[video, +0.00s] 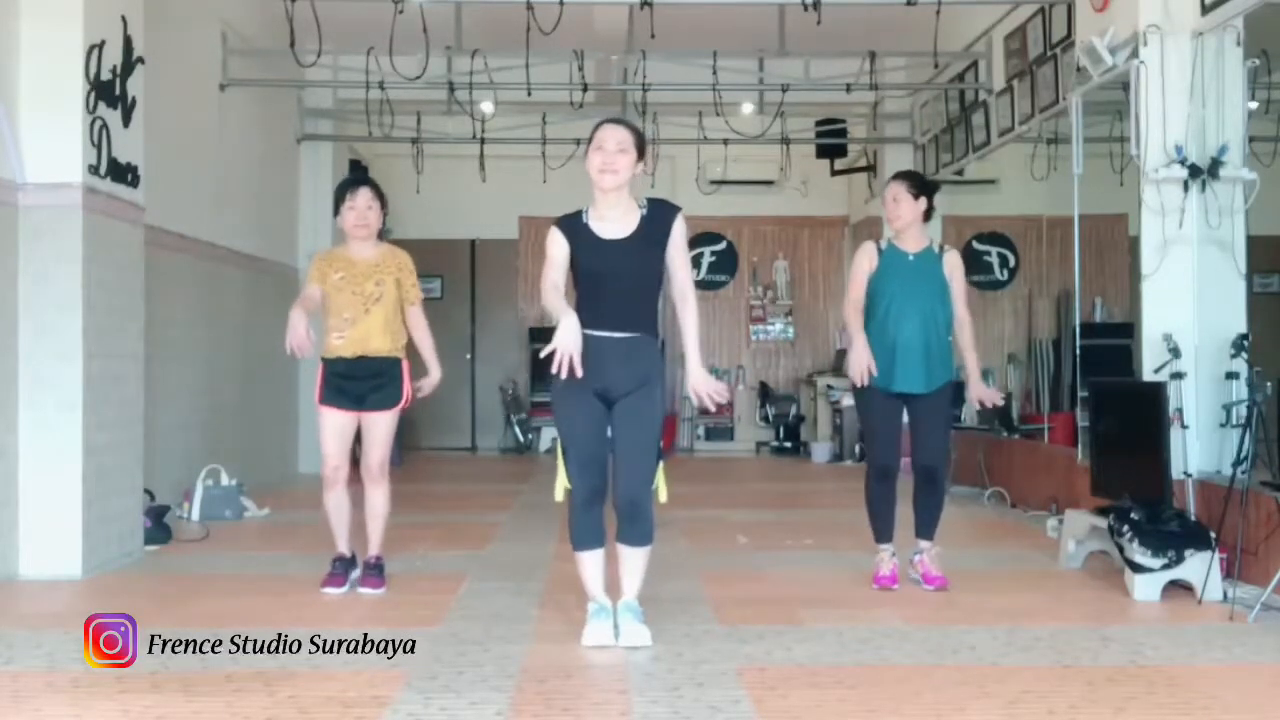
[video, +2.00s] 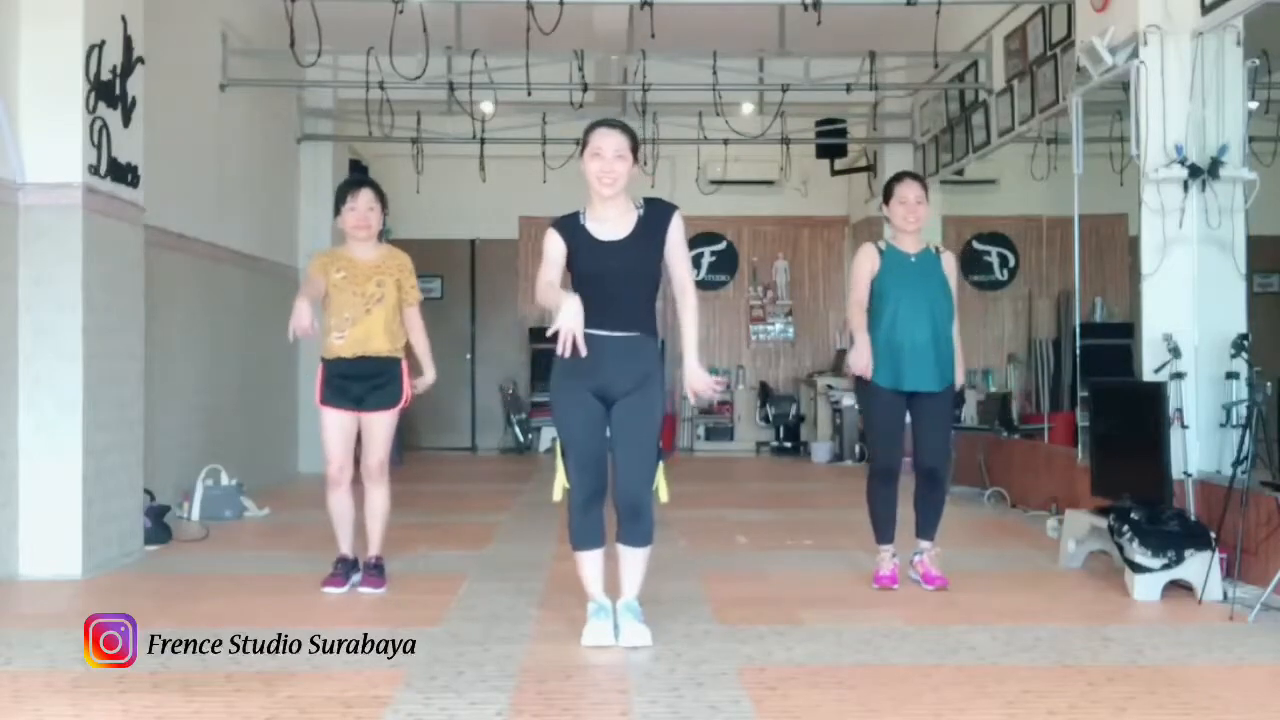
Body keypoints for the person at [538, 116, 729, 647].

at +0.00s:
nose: (608, 158)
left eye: (620, 150)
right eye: (600, 149)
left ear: (639, 162)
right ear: (586, 158)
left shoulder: (666, 220)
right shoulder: (566, 229)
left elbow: (684, 295)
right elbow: (550, 288)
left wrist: (695, 365)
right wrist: (567, 317)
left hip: (642, 370)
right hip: (578, 369)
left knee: (635, 491)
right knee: (585, 489)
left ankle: (629, 604)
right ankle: (597, 604)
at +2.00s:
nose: (607, 166)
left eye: (618, 156)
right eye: (597, 155)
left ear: (635, 165)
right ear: (582, 163)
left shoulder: (664, 220)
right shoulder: (562, 231)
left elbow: (685, 291)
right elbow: (544, 292)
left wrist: (692, 361)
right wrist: (567, 299)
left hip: (641, 368)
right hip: (576, 368)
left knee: (635, 490)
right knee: (585, 488)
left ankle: (629, 605)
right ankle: (597, 605)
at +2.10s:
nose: (606, 168)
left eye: (617, 158)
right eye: (596, 157)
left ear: (634, 166)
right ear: (580, 165)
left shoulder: (663, 221)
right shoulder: (561, 234)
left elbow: (686, 291)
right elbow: (541, 299)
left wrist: (689, 360)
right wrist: (570, 284)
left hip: (638, 371)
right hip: (575, 371)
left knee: (631, 490)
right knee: (583, 488)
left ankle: (628, 605)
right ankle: (597, 605)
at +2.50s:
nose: (612, 165)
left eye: (622, 155)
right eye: (601, 155)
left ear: (638, 164)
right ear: (585, 163)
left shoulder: (665, 219)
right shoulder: (567, 232)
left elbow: (687, 294)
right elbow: (550, 304)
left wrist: (695, 362)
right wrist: (555, 352)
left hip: (643, 366)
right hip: (580, 365)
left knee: (638, 490)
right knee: (587, 489)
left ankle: (630, 605)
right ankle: (597, 604)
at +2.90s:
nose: (623, 164)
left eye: (633, 154)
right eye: (612, 154)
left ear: (648, 162)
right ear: (594, 162)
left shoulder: (671, 223)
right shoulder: (570, 227)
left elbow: (695, 287)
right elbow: (548, 306)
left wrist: (679, 308)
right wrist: (530, 376)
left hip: (654, 365)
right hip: (591, 367)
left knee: (647, 486)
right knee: (600, 489)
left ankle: (633, 605)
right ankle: (600, 605)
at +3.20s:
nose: (617, 165)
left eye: (628, 155)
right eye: (607, 154)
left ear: (645, 164)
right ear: (591, 162)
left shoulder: (667, 216)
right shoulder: (566, 220)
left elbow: (703, 267)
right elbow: (512, 275)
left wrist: (710, 260)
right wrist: (479, 337)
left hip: (650, 364)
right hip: (589, 365)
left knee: (645, 486)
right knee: (587, 488)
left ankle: (632, 605)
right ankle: (590, 599)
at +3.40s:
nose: (608, 172)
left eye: (619, 162)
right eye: (598, 161)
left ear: (637, 170)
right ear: (581, 168)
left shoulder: (658, 223)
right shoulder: (556, 229)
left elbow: (684, 285)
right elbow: (516, 294)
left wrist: (701, 341)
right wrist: (480, 357)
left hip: (636, 369)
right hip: (572, 370)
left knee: (640, 494)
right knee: (578, 496)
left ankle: (631, 605)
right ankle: (589, 611)